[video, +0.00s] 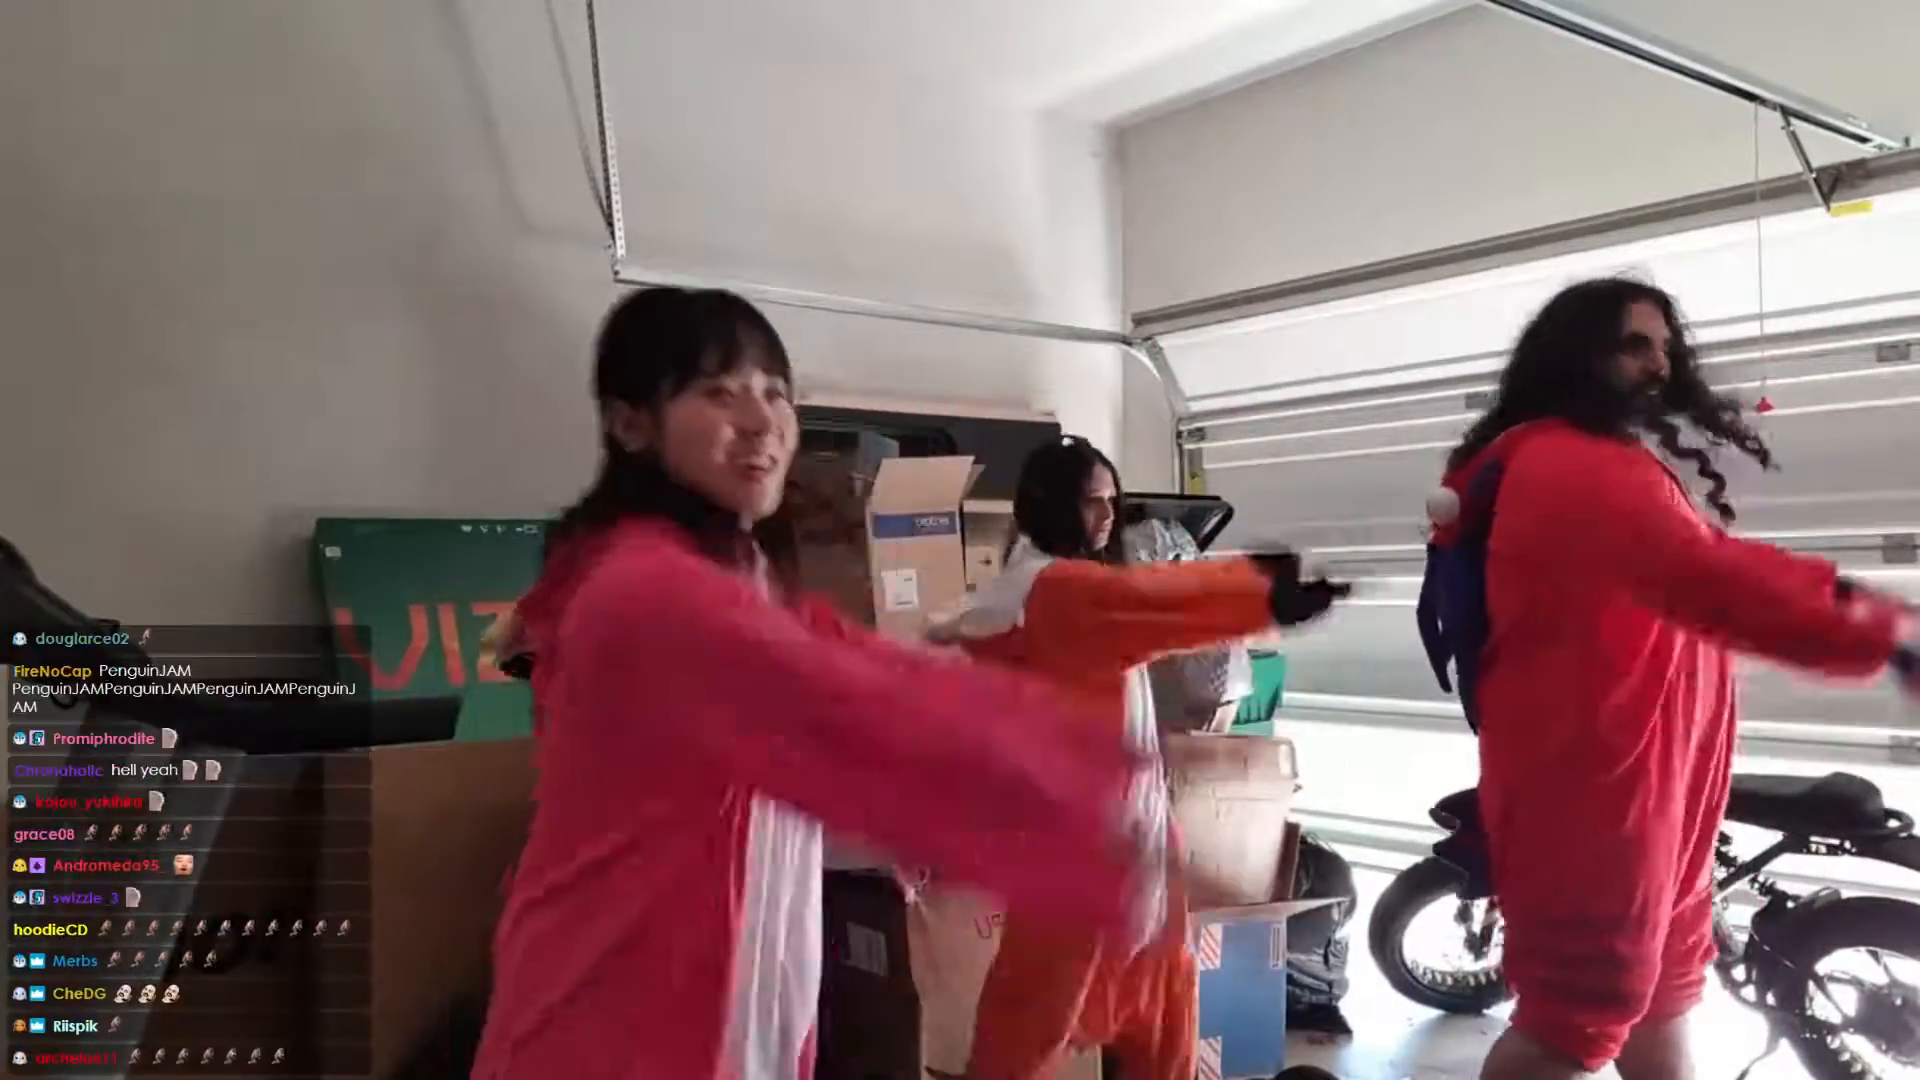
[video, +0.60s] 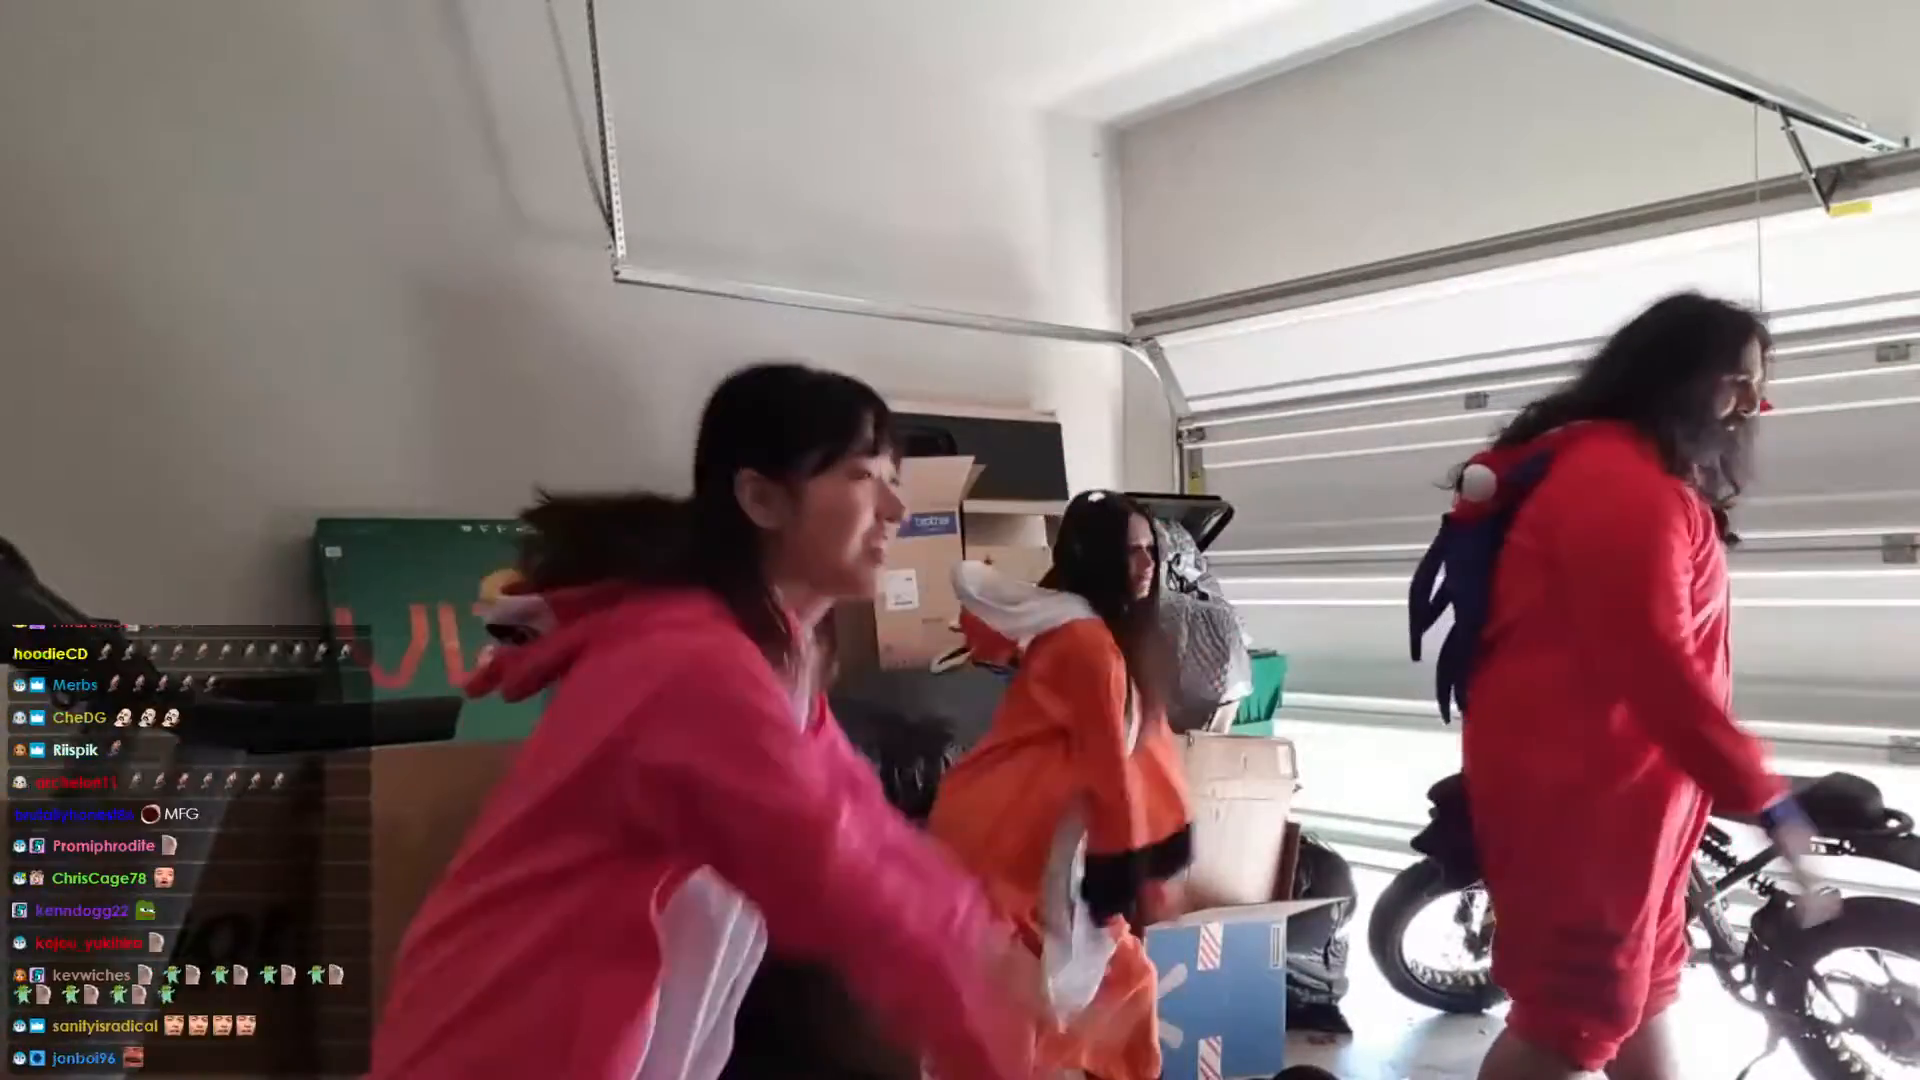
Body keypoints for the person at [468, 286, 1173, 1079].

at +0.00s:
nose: (759, 420)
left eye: (774, 392)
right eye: (716, 392)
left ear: (793, 418)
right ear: (632, 423)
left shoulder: (735, 586)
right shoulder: (641, 592)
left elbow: (917, 686)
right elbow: (871, 727)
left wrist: (1131, 767)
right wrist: (1128, 834)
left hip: (732, 1030)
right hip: (619, 1039)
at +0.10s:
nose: (714, 416)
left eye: (716, 388)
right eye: (665, 395)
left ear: (740, 402)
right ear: (578, 441)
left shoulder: (720, 594)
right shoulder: (607, 595)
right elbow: (874, 498)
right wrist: (1103, 307)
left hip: (775, 1032)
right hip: (660, 1045)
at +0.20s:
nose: (720, 458)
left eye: (725, 433)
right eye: (678, 441)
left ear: (746, 443)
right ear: (598, 492)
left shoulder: (735, 635)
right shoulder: (620, 640)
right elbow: (779, 456)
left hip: (782, 1047)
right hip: (681, 1052)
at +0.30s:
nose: (744, 457)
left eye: (747, 430)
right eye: (715, 431)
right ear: (625, 479)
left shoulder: (721, 642)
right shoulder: (630, 634)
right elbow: (765, 441)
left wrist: (859, 863)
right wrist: (786, 197)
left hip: (759, 1050)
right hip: (669, 1054)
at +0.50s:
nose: (839, 442)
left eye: (844, 419)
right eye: (803, 410)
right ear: (700, 423)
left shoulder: (732, 586)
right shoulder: (642, 576)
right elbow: (882, 622)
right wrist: (1134, 602)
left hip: (666, 1027)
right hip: (562, 1032)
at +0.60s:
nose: (894, 508)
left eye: (888, 481)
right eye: (865, 477)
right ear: (761, 498)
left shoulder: (767, 663)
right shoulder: (692, 663)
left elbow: (869, 827)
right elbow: (832, 879)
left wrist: (988, 940)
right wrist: (998, 1046)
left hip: (612, 1041)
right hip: (507, 1044)